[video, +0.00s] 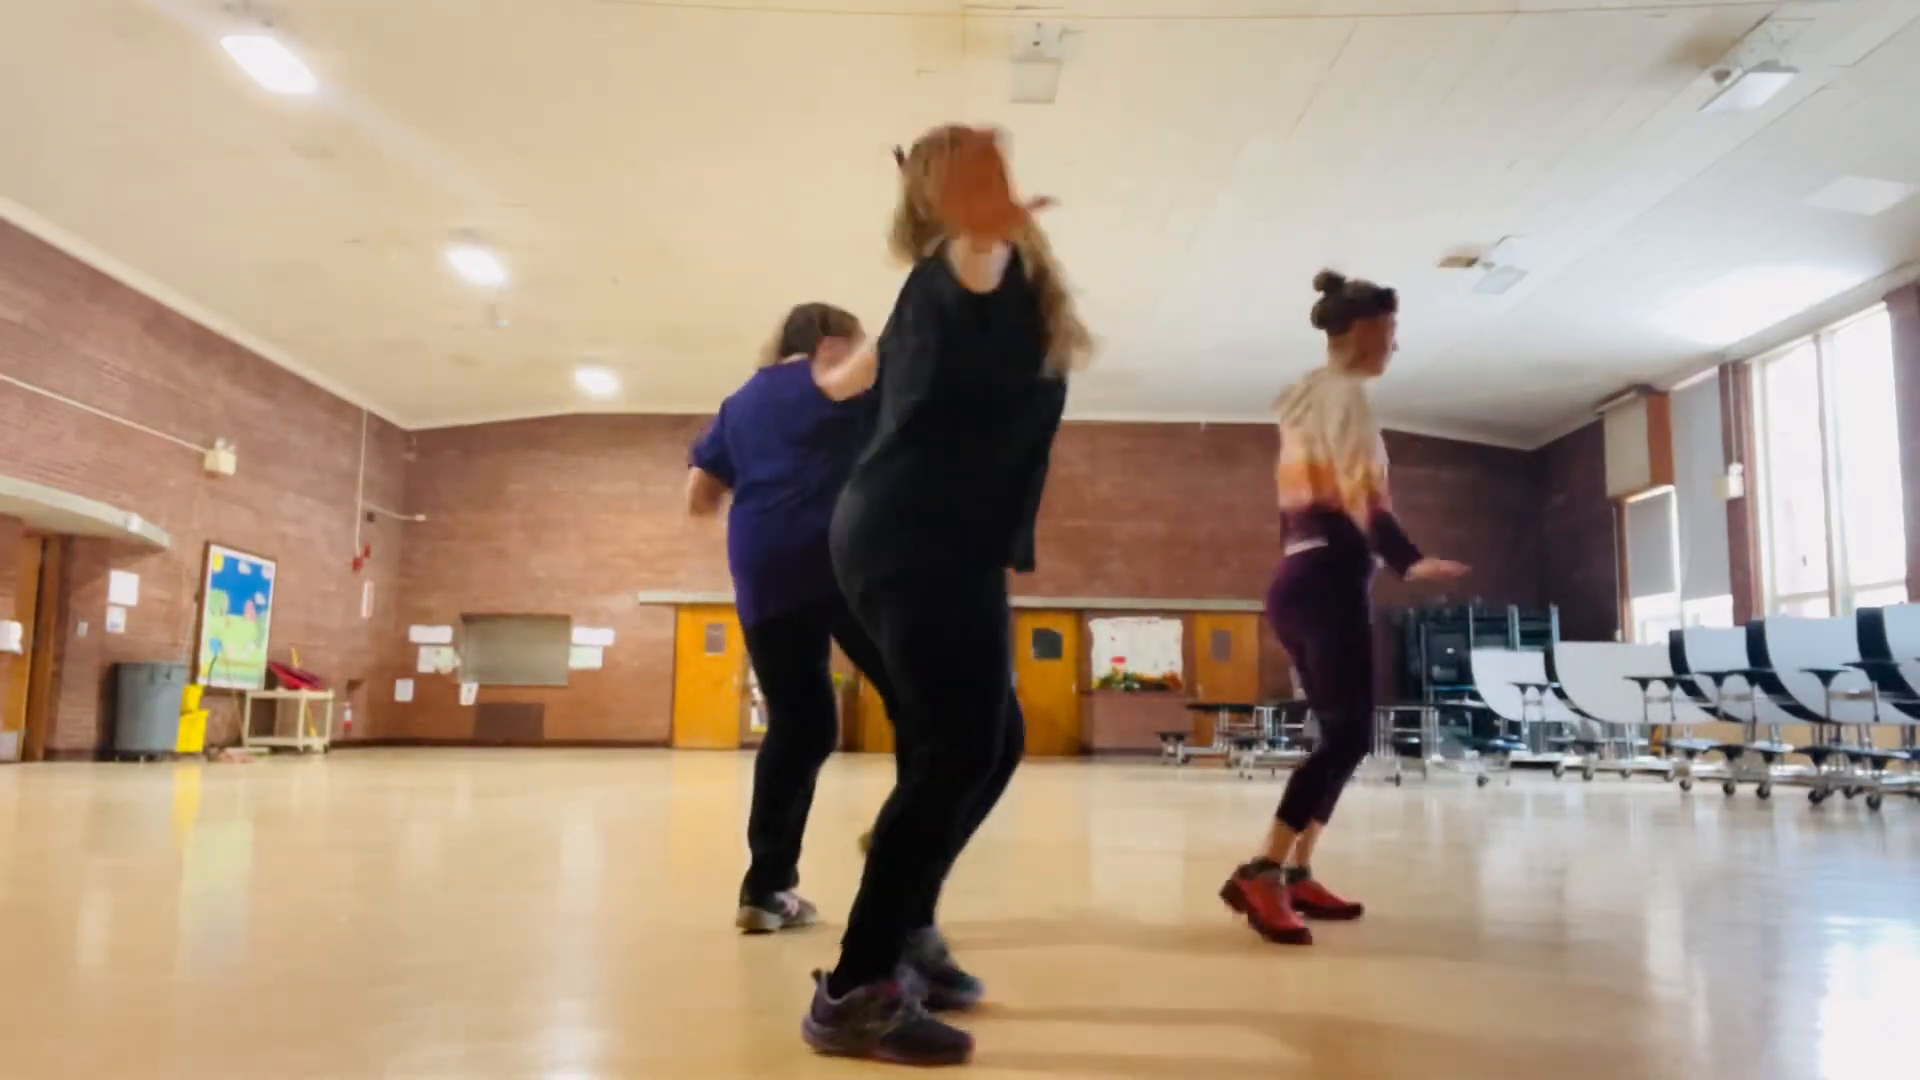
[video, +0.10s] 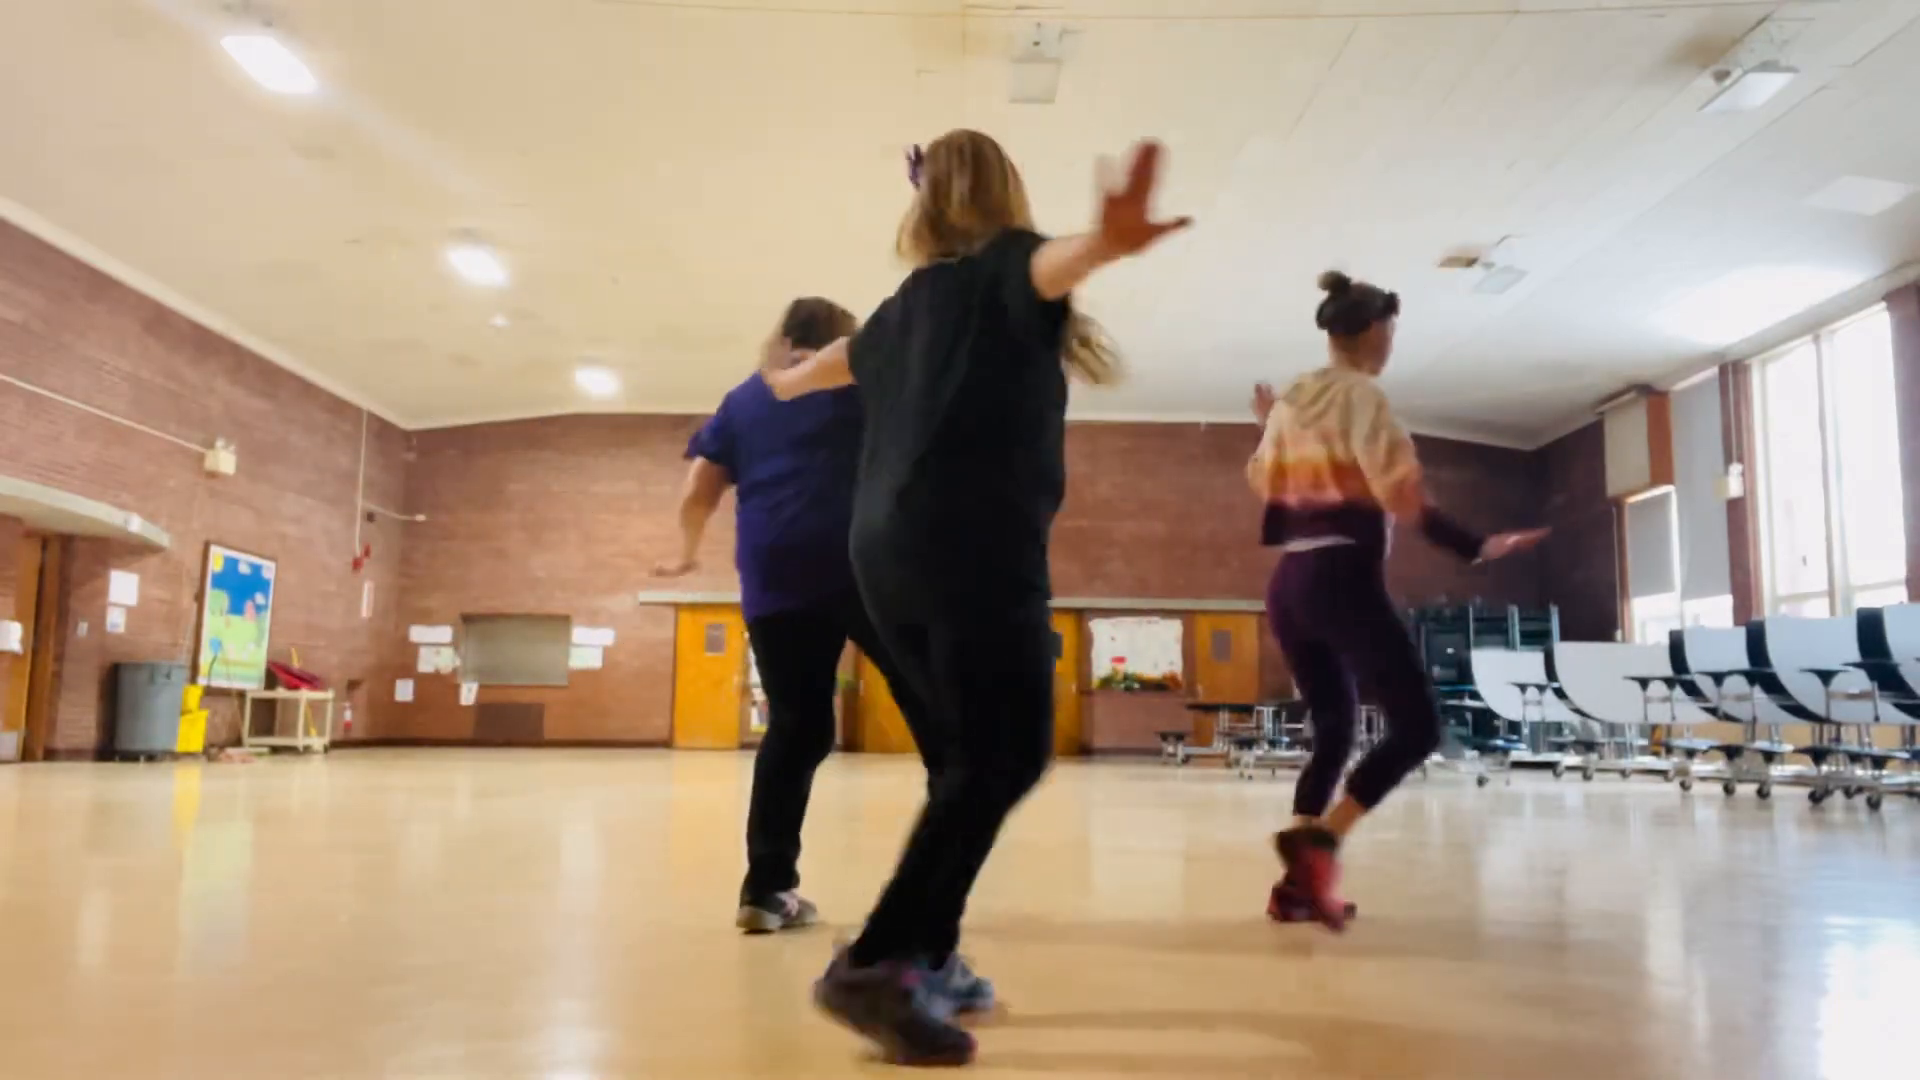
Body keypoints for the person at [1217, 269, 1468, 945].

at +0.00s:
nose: (1393, 344)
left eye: (1393, 331)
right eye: (1386, 331)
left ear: (1346, 335)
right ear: (1353, 333)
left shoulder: (1310, 394)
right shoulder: (1342, 395)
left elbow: (1319, 498)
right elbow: (1355, 496)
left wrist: (1381, 556)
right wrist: (1411, 560)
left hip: (1302, 579)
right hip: (1329, 581)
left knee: (1344, 732)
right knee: (1347, 733)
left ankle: (1296, 872)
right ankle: (1266, 872)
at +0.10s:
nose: (1392, 345)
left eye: (1391, 333)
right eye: (1388, 332)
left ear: (1332, 334)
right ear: (1369, 332)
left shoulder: (1288, 404)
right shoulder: (1365, 402)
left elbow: (1263, 497)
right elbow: (1407, 505)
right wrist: (1478, 548)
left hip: (1289, 583)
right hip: (1345, 581)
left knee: (1332, 732)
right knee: (1416, 728)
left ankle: (1301, 883)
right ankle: (1323, 837)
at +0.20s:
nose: (1394, 340)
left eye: (1393, 328)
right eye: (1392, 328)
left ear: (1333, 331)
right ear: (1377, 330)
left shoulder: (1289, 400)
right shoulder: (1384, 396)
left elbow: (1251, 479)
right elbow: (1441, 486)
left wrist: (1245, 423)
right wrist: (1527, 515)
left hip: (1297, 582)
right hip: (1364, 578)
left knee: (1328, 729)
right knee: (1457, 712)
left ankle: (1296, 878)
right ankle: (1409, 846)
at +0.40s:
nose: (1387, 335)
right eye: (1393, 324)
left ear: (1341, 331)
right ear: (1398, 333)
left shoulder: (1304, 392)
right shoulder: (1421, 394)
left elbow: (1252, 469)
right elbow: (1481, 478)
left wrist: (1242, 419)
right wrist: (1548, 533)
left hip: (1341, 572)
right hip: (1420, 565)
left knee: (1352, 726)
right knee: (1453, 722)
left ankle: (1386, 873)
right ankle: (1468, 875)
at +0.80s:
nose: (1338, 317)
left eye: (1345, 307)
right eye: (1342, 306)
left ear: (1368, 312)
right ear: (1393, 317)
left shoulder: (1366, 371)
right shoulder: (1438, 378)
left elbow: (1333, 448)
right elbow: (1476, 474)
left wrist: (1286, 403)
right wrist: (1490, 543)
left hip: (1404, 559)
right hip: (1462, 557)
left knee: (1389, 726)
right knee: (1451, 709)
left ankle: (1448, 874)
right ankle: (1503, 868)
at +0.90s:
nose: (1345, 336)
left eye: (1353, 324)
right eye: (1347, 324)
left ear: (1386, 326)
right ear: (1393, 330)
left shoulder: (1403, 385)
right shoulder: (1430, 387)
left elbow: (1373, 459)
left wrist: (1311, 409)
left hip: (1420, 580)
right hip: (1449, 577)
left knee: (1402, 732)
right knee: (1440, 729)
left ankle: (1468, 878)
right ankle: (1501, 871)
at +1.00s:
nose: (1355, 343)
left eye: (1364, 332)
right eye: (1355, 333)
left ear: (1401, 335)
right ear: (1392, 340)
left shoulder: (1425, 387)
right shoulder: (1410, 397)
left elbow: (1410, 459)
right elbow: (1431, 492)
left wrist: (1350, 403)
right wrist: (1382, 550)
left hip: (1438, 591)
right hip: (1418, 590)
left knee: (1404, 741)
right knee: (1366, 716)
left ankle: (1476, 887)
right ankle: (1470, 826)